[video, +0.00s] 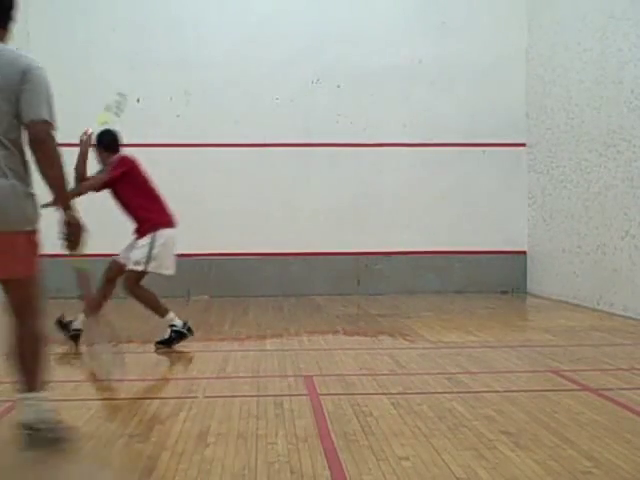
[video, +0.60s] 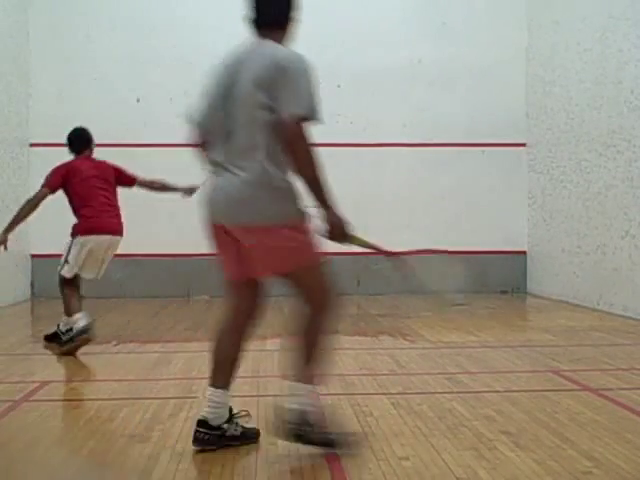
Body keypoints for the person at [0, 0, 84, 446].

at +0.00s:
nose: (11, 21)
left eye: (9, 15)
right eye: (11, 15)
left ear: (6, 22)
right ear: (9, 18)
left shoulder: (22, 69)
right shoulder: (22, 69)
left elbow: (39, 140)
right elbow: (41, 138)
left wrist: (64, 207)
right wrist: (66, 208)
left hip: (13, 217)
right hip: (10, 215)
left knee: (27, 313)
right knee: (26, 312)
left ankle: (33, 407)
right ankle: (33, 407)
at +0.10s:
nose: (46, 39)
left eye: (43, 31)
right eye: (43, 31)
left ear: (4, 32)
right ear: (35, 34)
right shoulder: (42, 86)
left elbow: (73, 160)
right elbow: (79, 164)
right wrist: (112, 226)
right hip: (22, 221)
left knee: (77, 309)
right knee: (79, 310)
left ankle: (105, 413)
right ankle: (105, 414)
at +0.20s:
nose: (85, 55)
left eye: (75, 46)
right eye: (85, 48)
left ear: (45, 49)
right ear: (84, 51)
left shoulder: (13, 96)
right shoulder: (87, 104)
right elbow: (124, 174)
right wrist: (172, 233)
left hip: (5, 232)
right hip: (58, 238)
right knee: (128, 316)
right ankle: (146, 429)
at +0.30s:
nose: (143, 49)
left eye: (135, 41)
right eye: (143, 42)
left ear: (105, 44)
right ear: (141, 46)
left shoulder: (74, 90)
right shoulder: (146, 95)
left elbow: (34, 152)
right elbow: (181, 162)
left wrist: (71, 189)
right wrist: (221, 222)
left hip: (58, 224)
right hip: (116, 227)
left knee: (17, 322)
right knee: (161, 319)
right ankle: (151, 428)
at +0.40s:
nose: (193, 25)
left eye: (183, 18)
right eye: (194, 19)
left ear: (158, 24)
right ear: (195, 25)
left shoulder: (129, 71)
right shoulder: (202, 71)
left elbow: (90, 133)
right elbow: (220, 135)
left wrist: (116, 174)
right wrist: (256, 198)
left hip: (114, 205)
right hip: (172, 208)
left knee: (100, 306)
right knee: (183, 315)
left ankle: (70, 400)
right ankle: (159, 421)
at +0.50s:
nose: (241, 13)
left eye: (230, 9)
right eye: (243, 9)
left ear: (206, 12)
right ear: (242, 12)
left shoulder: (177, 56)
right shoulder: (246, 53)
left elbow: (141, 120)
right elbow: (252, 120)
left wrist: (164, 162)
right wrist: (287, 192)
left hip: (171, 189)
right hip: (221, 192)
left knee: (185, 293)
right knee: (242, 295)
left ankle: (170, 403)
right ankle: (204, 399)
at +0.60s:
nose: (289, 20)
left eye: (278, 14)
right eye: (290, 14)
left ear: (254, 19)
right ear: (289, 19)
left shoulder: (232, 62)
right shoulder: (288, 62)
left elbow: (203, 134)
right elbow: (292, 136)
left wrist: (234, 176)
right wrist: (328, 209)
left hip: (222, 206)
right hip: (267, 206)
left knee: (243, 300)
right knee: (319, 296)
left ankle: (214, 417)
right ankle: (301, 409)